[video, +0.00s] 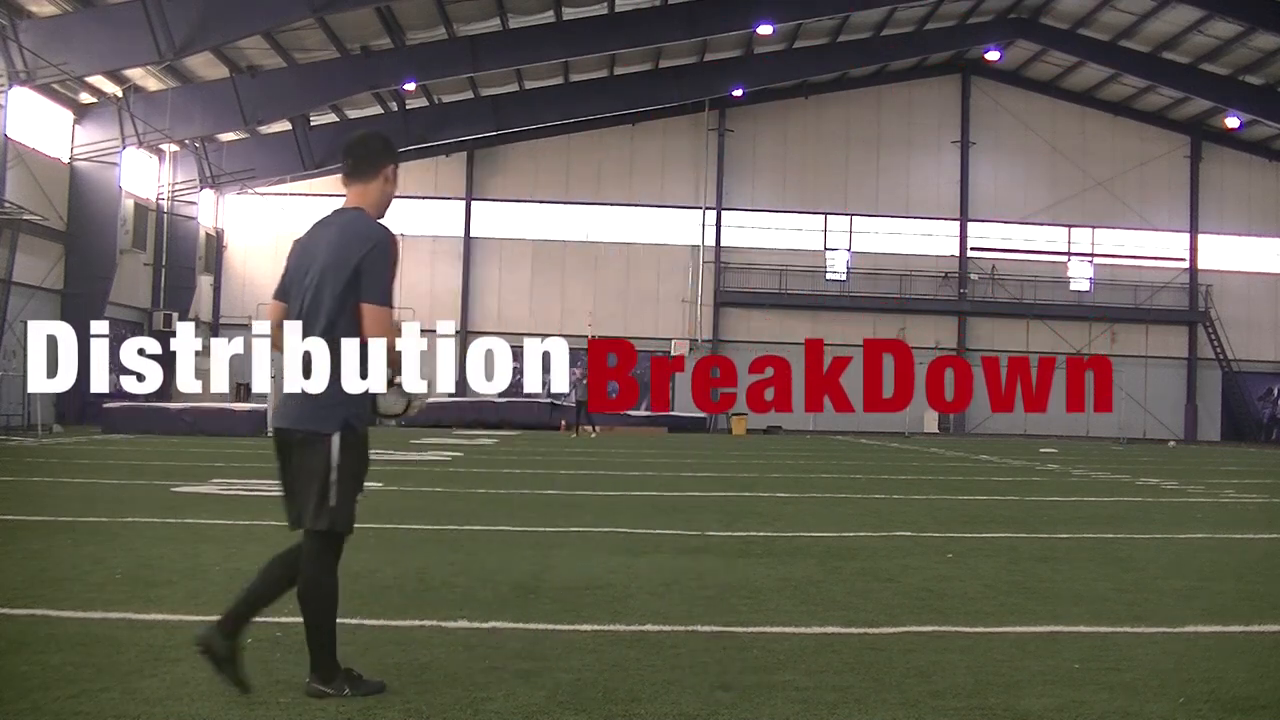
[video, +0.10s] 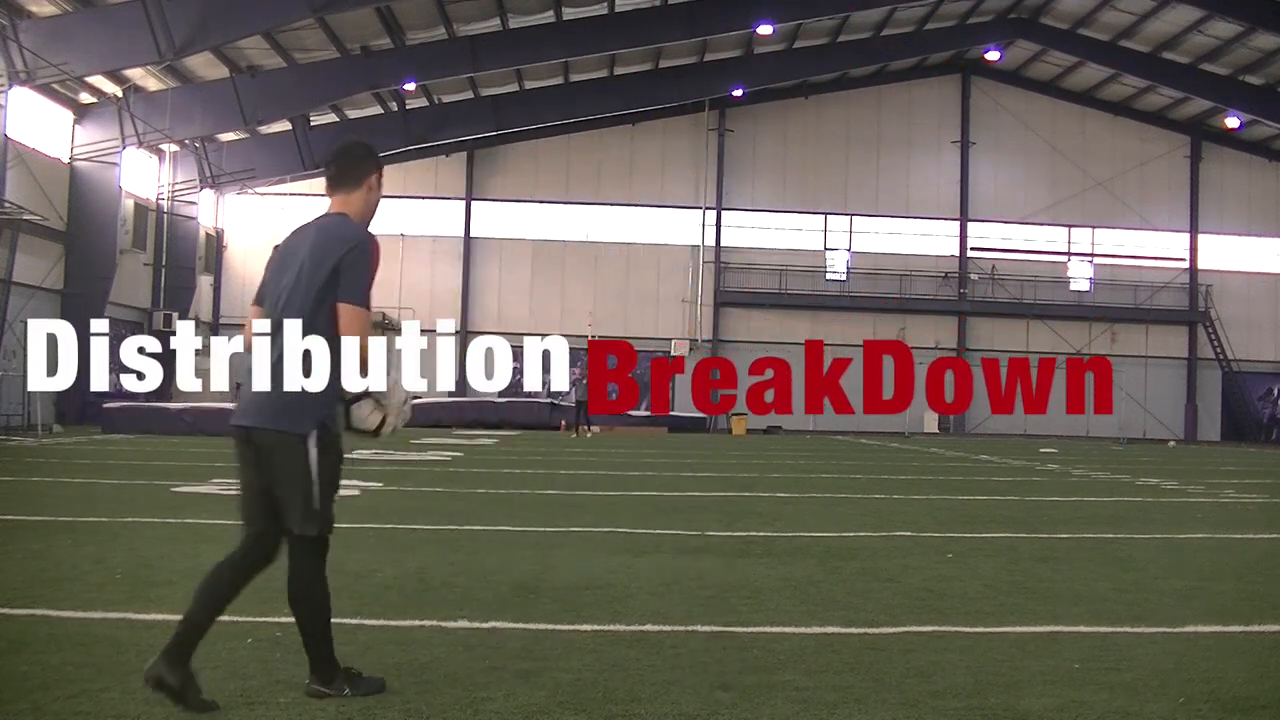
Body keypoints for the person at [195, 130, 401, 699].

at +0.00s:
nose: (397, 189)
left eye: (395, 179)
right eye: (396, 179)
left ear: (345, 176)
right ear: (388, 176)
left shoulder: (308, 238)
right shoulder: (374, 237)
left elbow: (277, 319)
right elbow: (377, 327)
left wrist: (300, 376)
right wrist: (393, 386)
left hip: (294, 412)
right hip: (334, 416)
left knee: (316, 542)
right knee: (323, 541)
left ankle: (224, 633)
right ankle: (325, 674)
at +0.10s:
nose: (381, 198)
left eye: (379, 187)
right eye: (382, 187)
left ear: (330, 183)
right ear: (373, 183)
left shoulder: (291, 241)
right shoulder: (357, 241)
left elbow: (255, 327)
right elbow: (352, 335)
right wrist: (363, 397)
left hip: (255, 416)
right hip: (303, 420)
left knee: (260, 541)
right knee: (308, 547)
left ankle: (173, 660)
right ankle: (327, 673)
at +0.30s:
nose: (358, 262)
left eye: (359, 253)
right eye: (360, 252)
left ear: (311, 240)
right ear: (352, 245)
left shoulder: (264, 273)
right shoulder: (336, 286)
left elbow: (227, 358)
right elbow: (326, 378)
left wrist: (267, 444)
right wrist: (336, 453)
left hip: (171, 404)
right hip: (228, 414)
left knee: (185, 541)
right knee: (260, 538)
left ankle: (157, 687)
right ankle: (275, 672)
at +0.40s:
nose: (350, 305)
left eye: (353, 296)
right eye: (352, 294)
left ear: (304, 278)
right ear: (342, 285)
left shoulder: (249, 299)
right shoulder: (324, 315)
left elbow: (215, 390)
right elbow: (311, 404)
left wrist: (237, 500)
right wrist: (304, 488)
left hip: (144, 398)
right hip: (201, 406)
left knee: (165, 539)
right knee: (225, 535)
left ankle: (155, 687)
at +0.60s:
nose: (329, 378)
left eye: (330, 369)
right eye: (328, 368)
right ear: (320, 361)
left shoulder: (228, 355)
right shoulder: (300, 382)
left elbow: (184, 448)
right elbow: (280, 474)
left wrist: (201, 549)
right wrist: (260, 569)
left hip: (93, 403)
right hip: (156, 411)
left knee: (145, 552)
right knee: (188, 553)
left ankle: (154, 694)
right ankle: (160, 702)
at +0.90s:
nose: (273, 359)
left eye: (276, 349)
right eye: (275, 347)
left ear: (227, 326)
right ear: (257, 340)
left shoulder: (176, 342)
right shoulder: (245, 366)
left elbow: (138, 448)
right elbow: (247, 472)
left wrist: (180, 544)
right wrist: (266, 563)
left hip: (37, 432)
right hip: (103, 441)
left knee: (117, 549)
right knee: (181, 558)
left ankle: (140, 684)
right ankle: (160, 704)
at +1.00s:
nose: (246, 323)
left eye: (248, 313)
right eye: (247, 313)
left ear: (198, 300)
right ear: (237, 308)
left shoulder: (154, 323)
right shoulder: (221, 343)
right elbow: (211, 431)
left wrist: (111, 530)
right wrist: (229, 534)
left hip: (14, 427)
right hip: (81, 436)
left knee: (89, 544)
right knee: (160, 555)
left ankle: (71, 686)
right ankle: (160, 703)